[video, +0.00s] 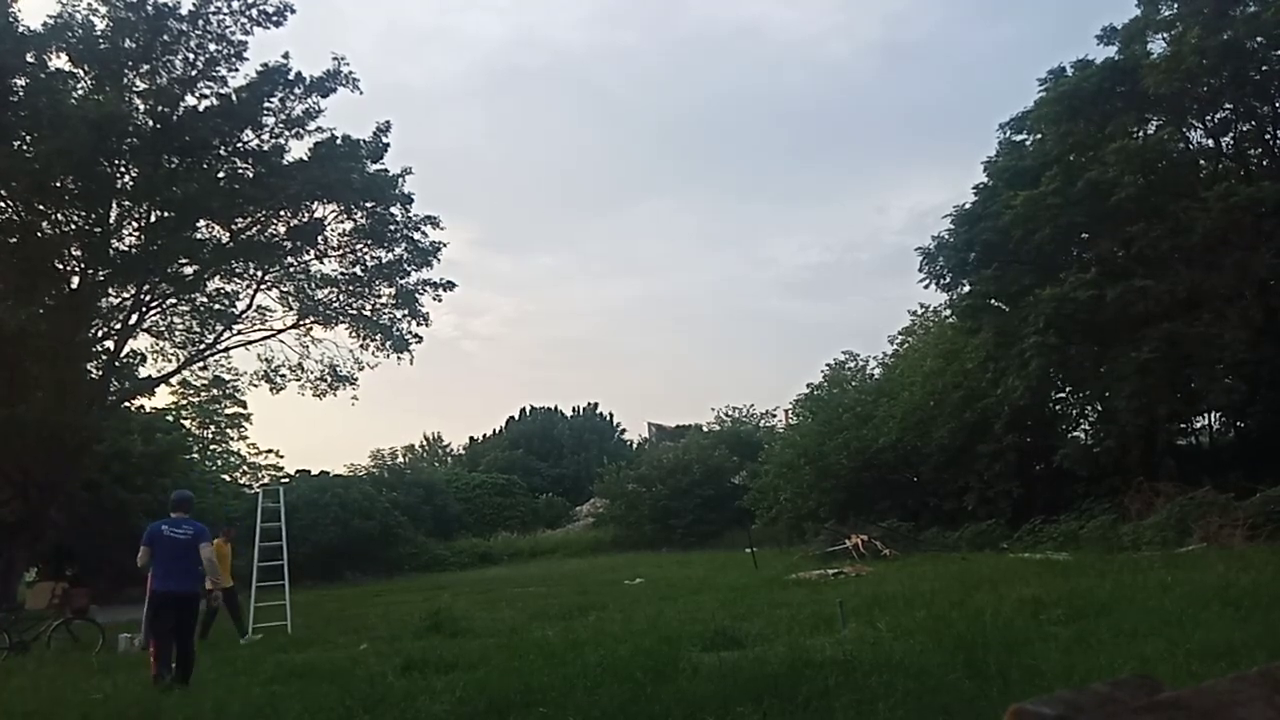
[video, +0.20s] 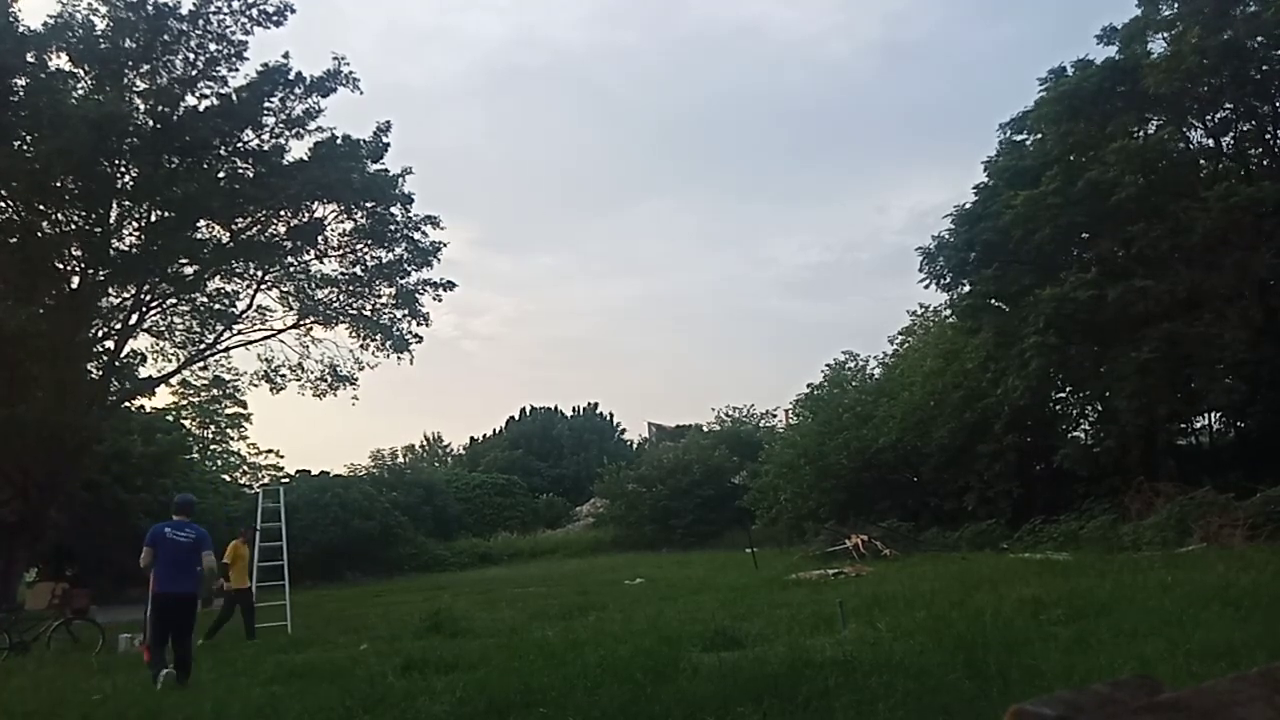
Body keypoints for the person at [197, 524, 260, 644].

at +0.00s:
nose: (233, 534)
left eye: (233, 532)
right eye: (231, 532)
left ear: (230, 533)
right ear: (225, 532)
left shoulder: (228, 545)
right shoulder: (215, 546)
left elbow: (226, 563)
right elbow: (210, 564)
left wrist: (228, 579)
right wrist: (211, 585)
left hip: (228, 584)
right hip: (215, 586)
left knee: (235, 611)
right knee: (210, 613)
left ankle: (244, 635)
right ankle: (202, 639)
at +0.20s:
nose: (251, 537)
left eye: (252, 534)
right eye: (250, 534)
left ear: (248, 535)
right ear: (243, 534)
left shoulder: (246, 547)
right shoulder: (234, 545)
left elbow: (243, 566)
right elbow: (224, 563)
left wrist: (247, 582)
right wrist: (226, 581)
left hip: (245, 587)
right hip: (234, 588)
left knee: (249, 615)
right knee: (225, 615)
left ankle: (251, 638)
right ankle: (205, 638)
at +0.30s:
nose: (259, 536)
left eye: (259, 534)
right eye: (257, 533)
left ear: (254, 534)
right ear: (252, 533)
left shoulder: (253, 545)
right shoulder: (242, 544)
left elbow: (251, 564)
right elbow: (233, 562)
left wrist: (254, 580)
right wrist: (233, 582)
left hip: (253, 585)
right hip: (244, 586)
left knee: (253, 614)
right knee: (242, 612)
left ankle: (253, 637)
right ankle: (218, 632)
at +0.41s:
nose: (264, 534)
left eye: (265, 532)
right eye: (263, 531)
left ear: (264, 532)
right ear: (257, 531)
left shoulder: (260, 544)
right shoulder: (249, 542)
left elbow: (259, 563)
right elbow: (241, 561)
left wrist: (262, 577)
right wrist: (241, 579)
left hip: (259, 582)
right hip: (251, 582)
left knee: (257, 610)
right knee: (255, 609)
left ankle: (254, 636)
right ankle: (236, 629)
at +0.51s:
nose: (276, 535)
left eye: (276, 532)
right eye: (275, 532)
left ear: (268, 533)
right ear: (268, 531)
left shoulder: (268, 545)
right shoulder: (256, 543)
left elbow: (270, 563)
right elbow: (247, 561)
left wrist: (283, 570)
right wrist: (250, 580)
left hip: (264, 581)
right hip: (257, 582)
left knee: (260, 607)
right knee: (270, 602)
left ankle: (257, 631)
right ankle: (258, 631)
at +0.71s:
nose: (285, 535)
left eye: (286, 533)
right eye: (283, 532)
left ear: (286, 534)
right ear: (278, 532)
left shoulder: (283, 544)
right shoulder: (269, 544)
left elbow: (290, 555)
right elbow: (261, 563)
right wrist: (267, 582)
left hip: (277, 583)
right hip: (268, 585)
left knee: (266, 612)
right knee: (281, 609)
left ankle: (256, 635)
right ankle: (293, 631)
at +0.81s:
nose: (291, 537)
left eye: (291, 535)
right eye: (289, 535)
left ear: (291, 536)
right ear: (284, 534)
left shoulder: (290, 545)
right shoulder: (276, 544)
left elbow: (298, 557)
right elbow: (270, 564)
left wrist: (311, 563)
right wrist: (275, 583)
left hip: (287, 583)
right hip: (280, 583)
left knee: (278, 611)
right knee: (288, 608)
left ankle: (261, 631)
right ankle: (294, 632)